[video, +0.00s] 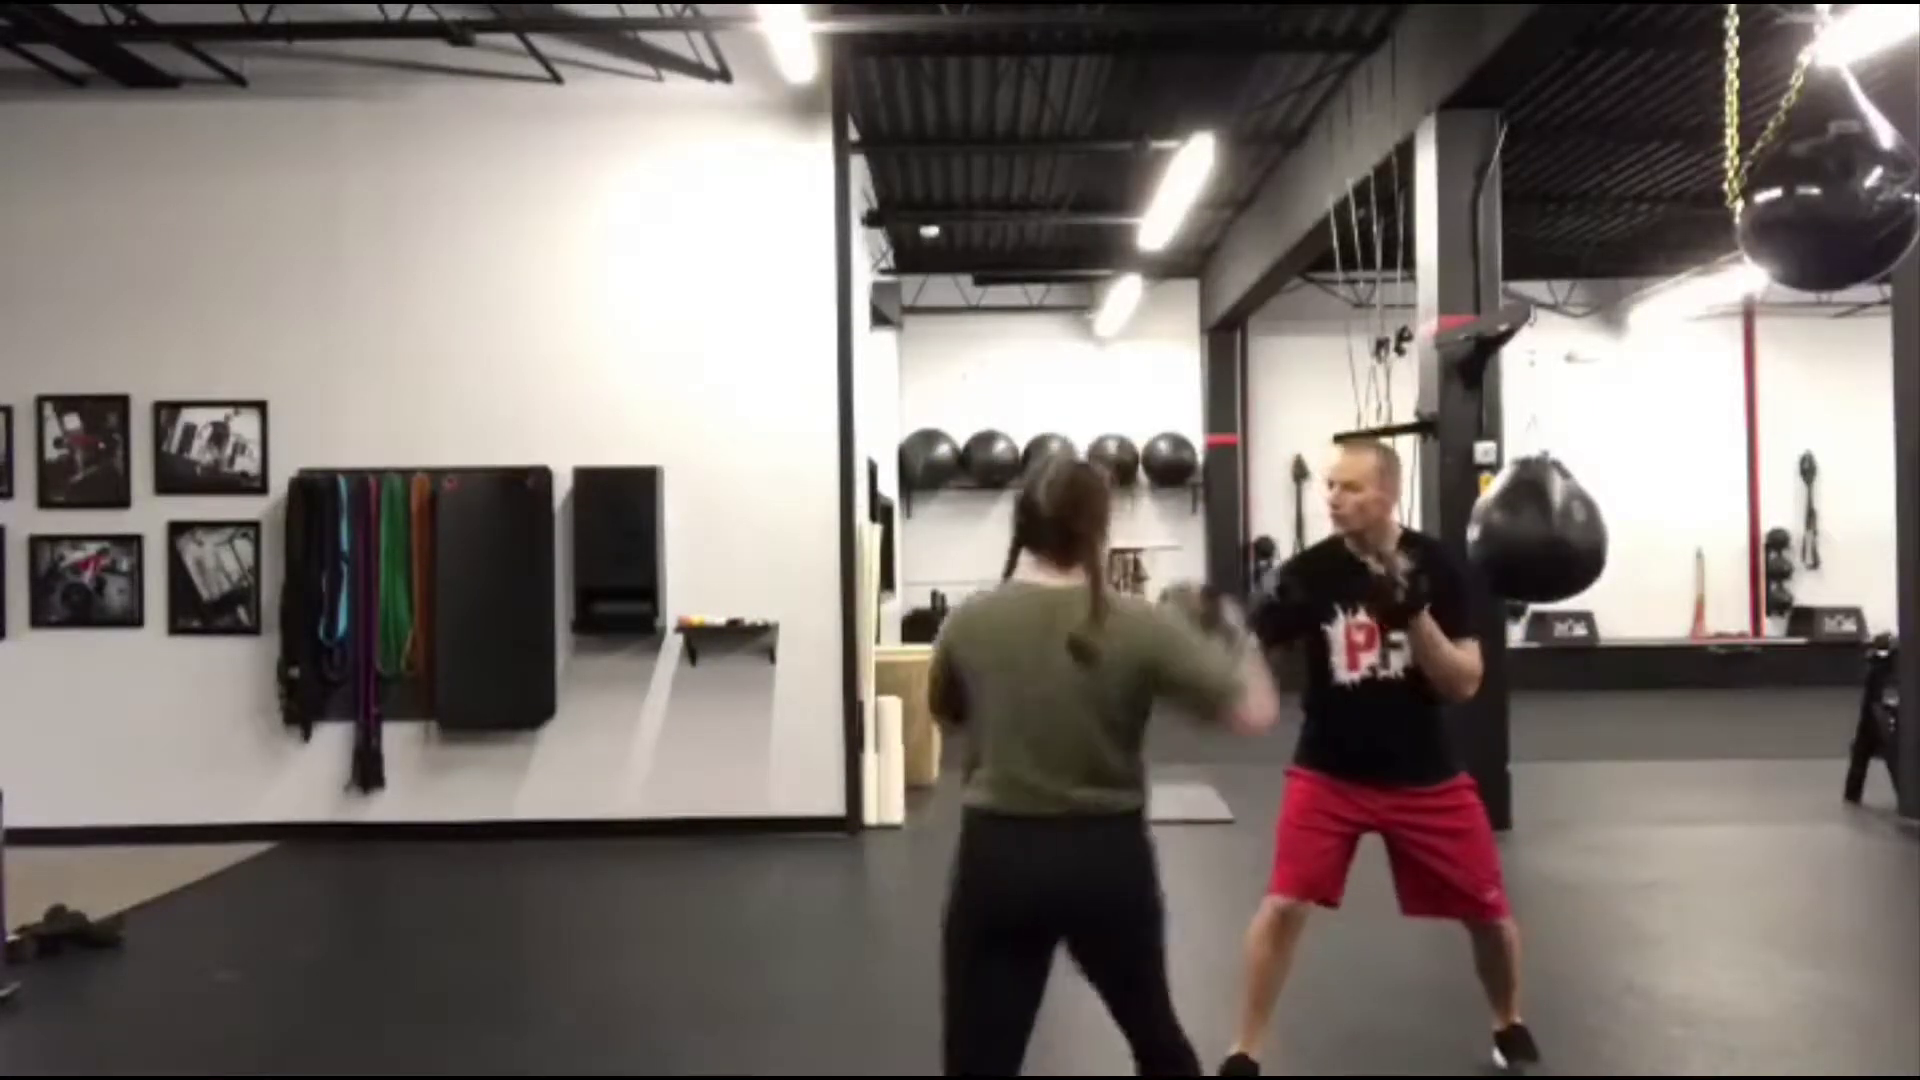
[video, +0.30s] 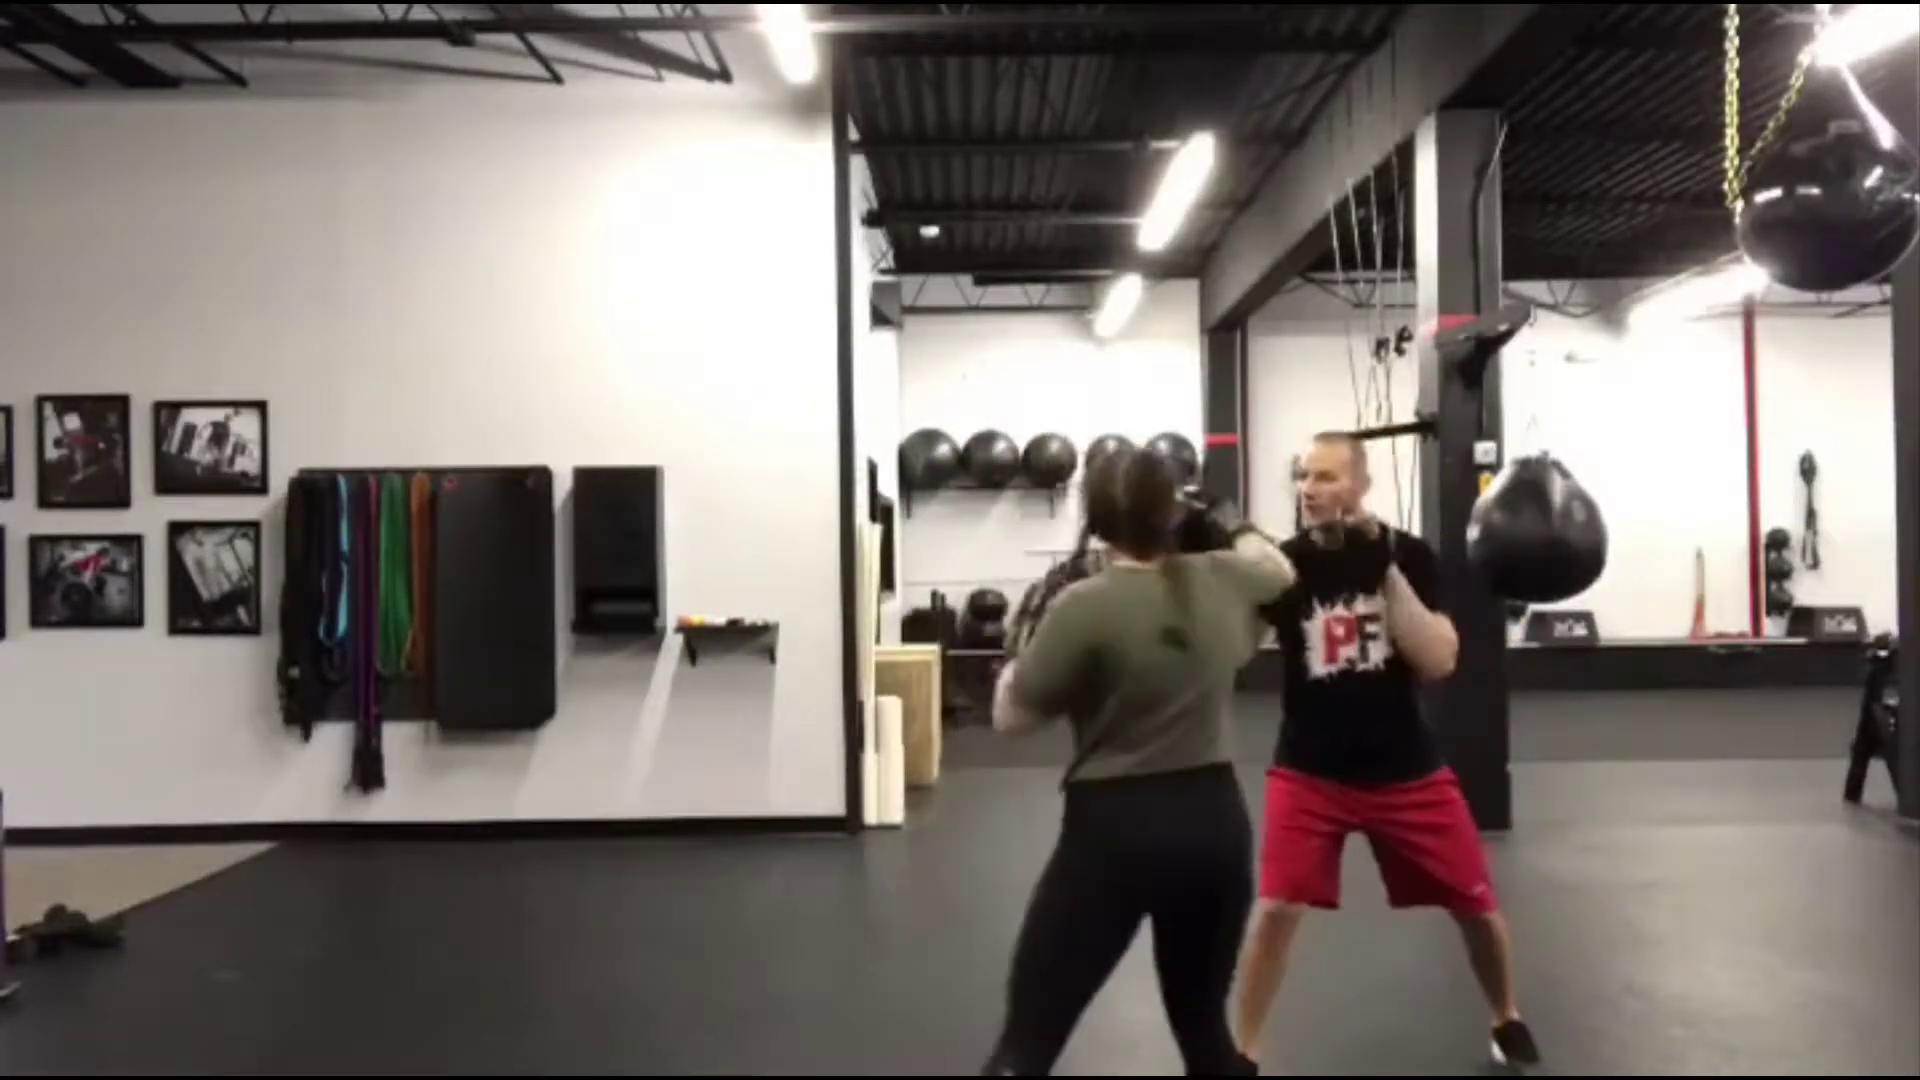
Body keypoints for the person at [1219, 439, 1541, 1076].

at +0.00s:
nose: (1335, 500)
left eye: (1349, 488)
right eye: (1331, 488)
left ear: (1389, 493)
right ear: (1327, 493)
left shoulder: (1439, 566)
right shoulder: (1310, 571)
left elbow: (1464, 680)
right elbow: (1253, 650)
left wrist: (1410, 615)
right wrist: (1258, 694)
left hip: (1429, 778)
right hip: (1327, 775)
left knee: (1491, 917)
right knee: (1284, 905)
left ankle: (1509, 1026)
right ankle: (1245, 1053)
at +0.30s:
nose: (1311, 488)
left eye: (1327, 477)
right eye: (1305, 477)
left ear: (1363, 487)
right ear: (1297, 486)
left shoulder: (1408, 557)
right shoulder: (1282, 566)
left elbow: (1439, 660)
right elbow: (1230, 639)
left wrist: (1384, 569)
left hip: (1409, 773)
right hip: (1308, 774)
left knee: (1479, 908)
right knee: (1276, 907)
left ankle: (1508, 1022)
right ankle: (1244, 1053)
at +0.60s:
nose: (1280, 492)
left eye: (1293, 480)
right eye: (1270, 480)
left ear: (1322, 485)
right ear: (1258, 485)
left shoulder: (1367, 552)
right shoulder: (1253, 564)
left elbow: (1376, 634)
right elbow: (1203, 636)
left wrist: (1327, 545)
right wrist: (1222, 550)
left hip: (1384, 778)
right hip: (1285, 775)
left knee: (1450, 924)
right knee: (1248, 906)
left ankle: (1498, 1022)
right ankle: (1241, 1053)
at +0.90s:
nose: (1363, 505)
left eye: (1376, 492)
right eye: (1352, 493)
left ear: (1403, 493)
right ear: (1339, 496)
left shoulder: (1424, 562)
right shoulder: (1312, 560)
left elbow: (1457, 663)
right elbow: (1242, 591)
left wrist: (1429, 582)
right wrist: (1239, 588)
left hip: (1406, 769)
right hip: (1320, 775)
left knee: (1480, 895)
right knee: (1298, 917)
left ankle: (1494, 1028)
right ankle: (1227, 1051)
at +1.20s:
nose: (1318, 489)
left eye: (1332, 478)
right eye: (1309, 478)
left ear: (1360, 484)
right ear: (1298, 484)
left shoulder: (1403, 554)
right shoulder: (1284, 564)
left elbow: (1455, 625)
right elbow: (1217, 640)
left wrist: (1402, 538)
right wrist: (1260, 598)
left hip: (1409, 779)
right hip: (1311, 777)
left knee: (1471, 916)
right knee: (1262, 913)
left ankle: (1494, 1030)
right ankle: (1226, 1051)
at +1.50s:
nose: (1301, 501)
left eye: (1314, 487)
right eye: (1289, 489)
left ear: (1342, 490)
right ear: (1278, 496)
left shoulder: (1391, 561)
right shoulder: (1266, 568)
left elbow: (1435, 665)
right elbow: (1234, 649)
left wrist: (1360, 660)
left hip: (1405, 778)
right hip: (1311, 778)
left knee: (1469, 914)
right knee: (1264, 914)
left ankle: (1514, 1022)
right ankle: (1235, 1047)